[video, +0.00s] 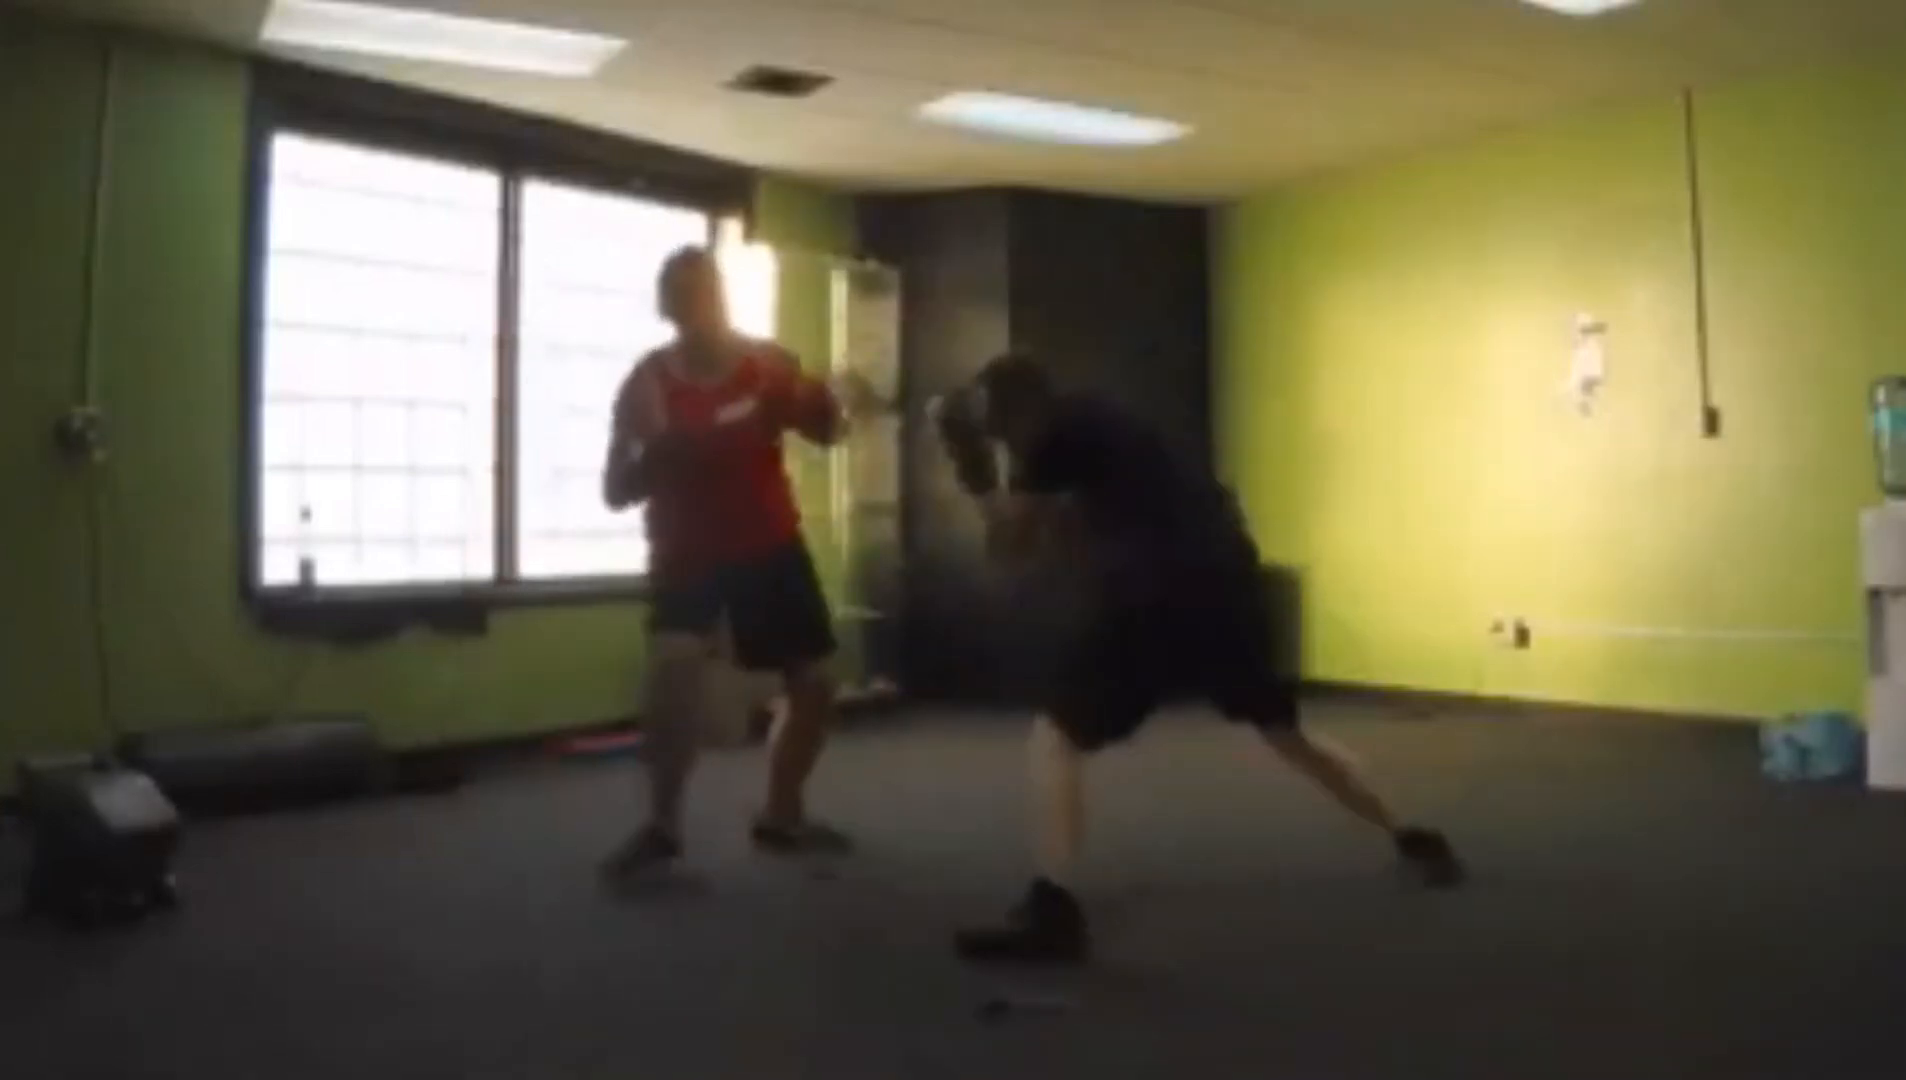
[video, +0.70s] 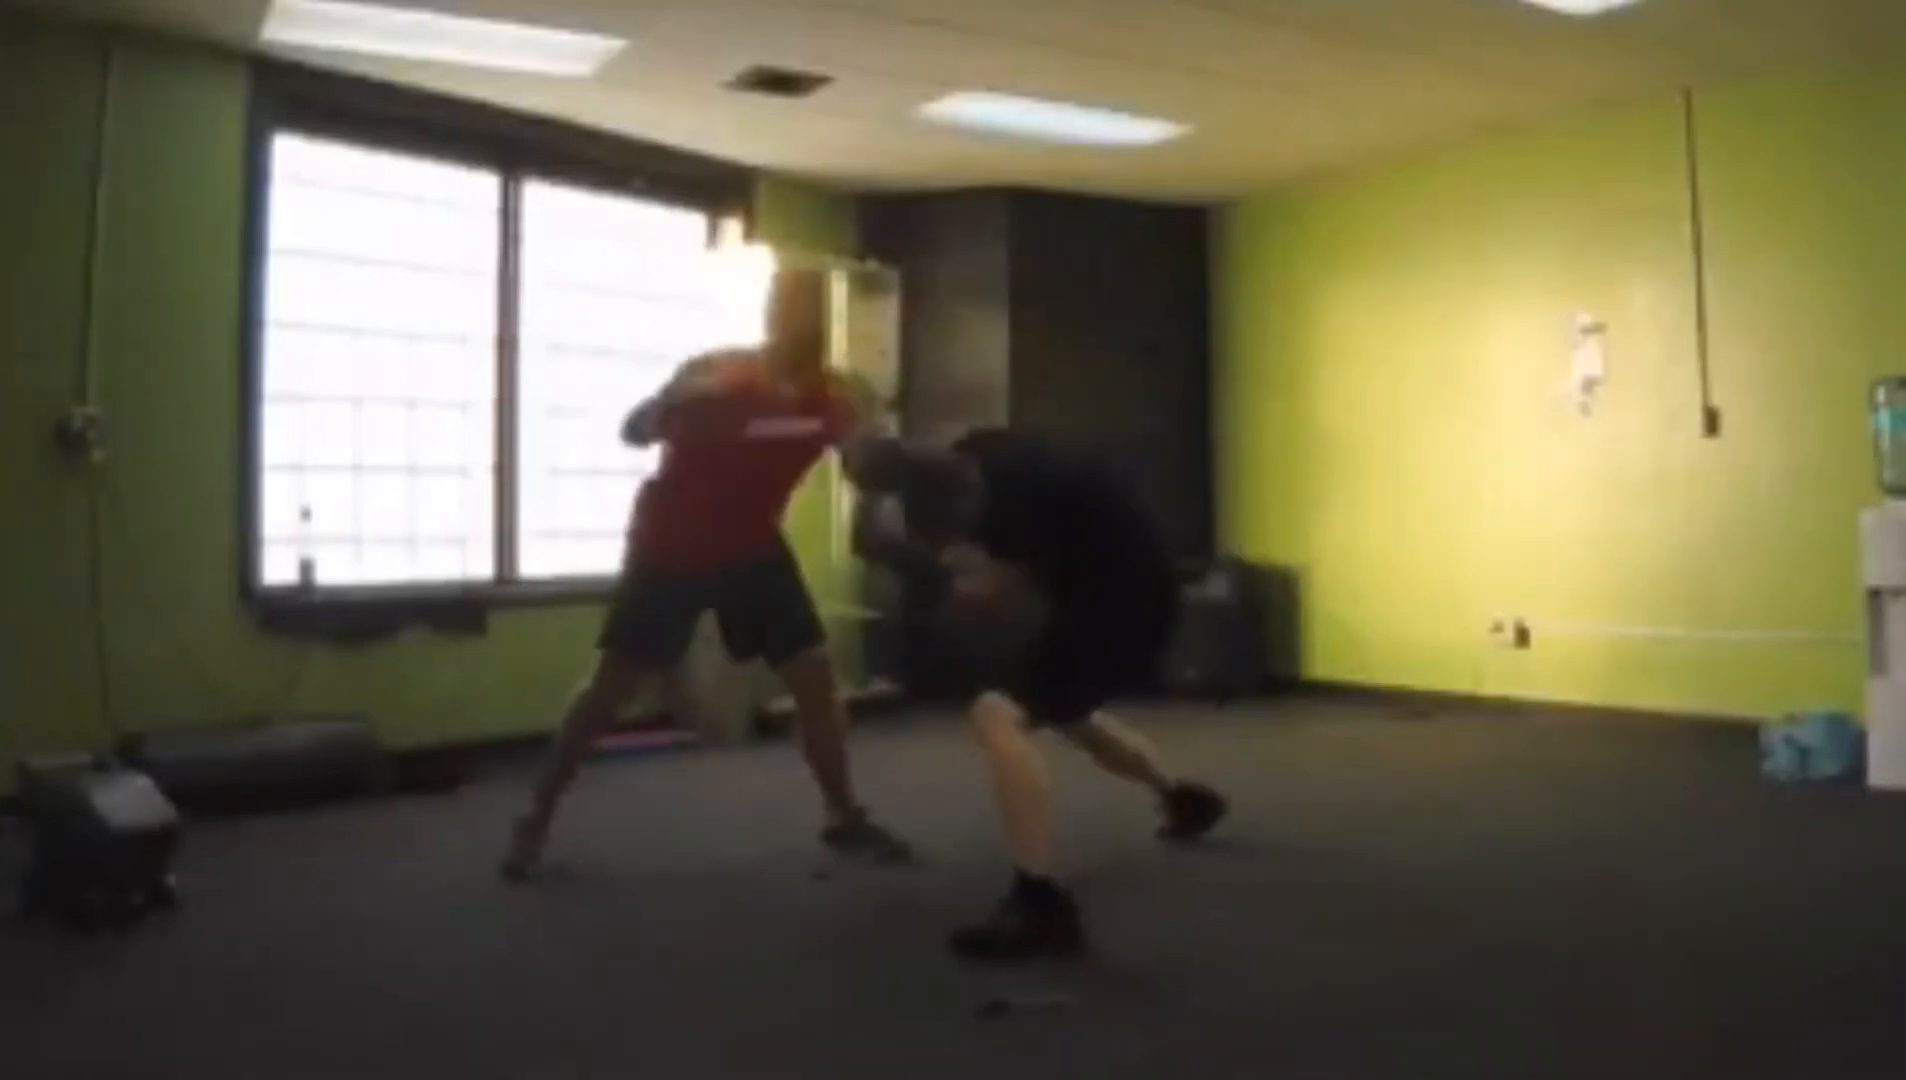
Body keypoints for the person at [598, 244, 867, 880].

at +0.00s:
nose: (700, 310)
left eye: (707, 293)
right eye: (687, 298)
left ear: (723, 295)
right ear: (667, 307)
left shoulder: (766, 366)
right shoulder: (651, 383)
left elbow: (826, 426)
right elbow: (618, 488)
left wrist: (806, 397)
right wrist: (660, 451)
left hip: (770, 554)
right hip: (686, 562)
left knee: (813, 688)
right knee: (671, 689)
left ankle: (783, 816)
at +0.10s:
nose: (685, 315)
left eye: (691, 300)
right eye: (670, 303)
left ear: (705, 303)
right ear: (647, 314)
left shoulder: (744, 377)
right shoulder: (626, 389)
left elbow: (814, 431)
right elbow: (589, 498)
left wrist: (824, 393)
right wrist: (634, 434)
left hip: (744, 557)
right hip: (651, 565)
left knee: (815, 688)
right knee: (603, 708)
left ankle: (782, 817)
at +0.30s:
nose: (647, 329)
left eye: (653, 314)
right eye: (631, 318)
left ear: (668, 315)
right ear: (608, 327)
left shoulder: (702, 380)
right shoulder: (589, 396)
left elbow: (786, 414)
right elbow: (533, 490)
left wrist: (852, 433)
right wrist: (562, 433)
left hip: (705, 561)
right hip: (615, 567)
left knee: (778, 680)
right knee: (559, 689)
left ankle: (824, 802)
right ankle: (528, 833)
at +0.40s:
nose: (647, 331)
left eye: (656, 315)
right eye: (632, 319)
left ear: (672, 317)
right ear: (611, 327)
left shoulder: (699, 385)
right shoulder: (596, 393)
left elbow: (777, 467)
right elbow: (545, 477)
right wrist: (570, 432)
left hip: (711, 566)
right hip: (621, 566)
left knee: (778, 690)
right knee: (559, 688)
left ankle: (833, 807)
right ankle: (528, 833)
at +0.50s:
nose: (676, 332)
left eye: (685, 317)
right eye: (663, 319)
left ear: (701, 325)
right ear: (643, 328)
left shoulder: (729, 402)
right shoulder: (616, 392)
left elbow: (786, 489)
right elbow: (576, 474)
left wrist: (731, 451)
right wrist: (638, 458)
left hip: (722, 568)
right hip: (629, 571)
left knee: (809, 684)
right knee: (565, 691)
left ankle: (845, 812)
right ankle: (528, 835)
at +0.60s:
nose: (736, 338)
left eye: (745, 324)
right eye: (723, 325)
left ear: (758, 323)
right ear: (700, 325)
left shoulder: (775, 386)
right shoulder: (661, 382)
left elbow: (841, 465)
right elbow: (596, 469)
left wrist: (863, 421)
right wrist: (627, 437)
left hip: (739, 558)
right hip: (648, 563)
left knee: (814, 678)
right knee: (588, 697)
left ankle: (845, 817)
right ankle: (527, 833)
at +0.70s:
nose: (800, 339)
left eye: (812, 326)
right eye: (789, 323)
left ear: (826, 330)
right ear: (770, 322)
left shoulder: (831, 403)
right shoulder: (717, 378)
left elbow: (869, 469)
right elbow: (634, 431)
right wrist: (700, 408)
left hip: (753, 548)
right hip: (671, 548)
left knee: (813, 677)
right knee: (611, 688)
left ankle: (844, 820)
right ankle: (535, 824)